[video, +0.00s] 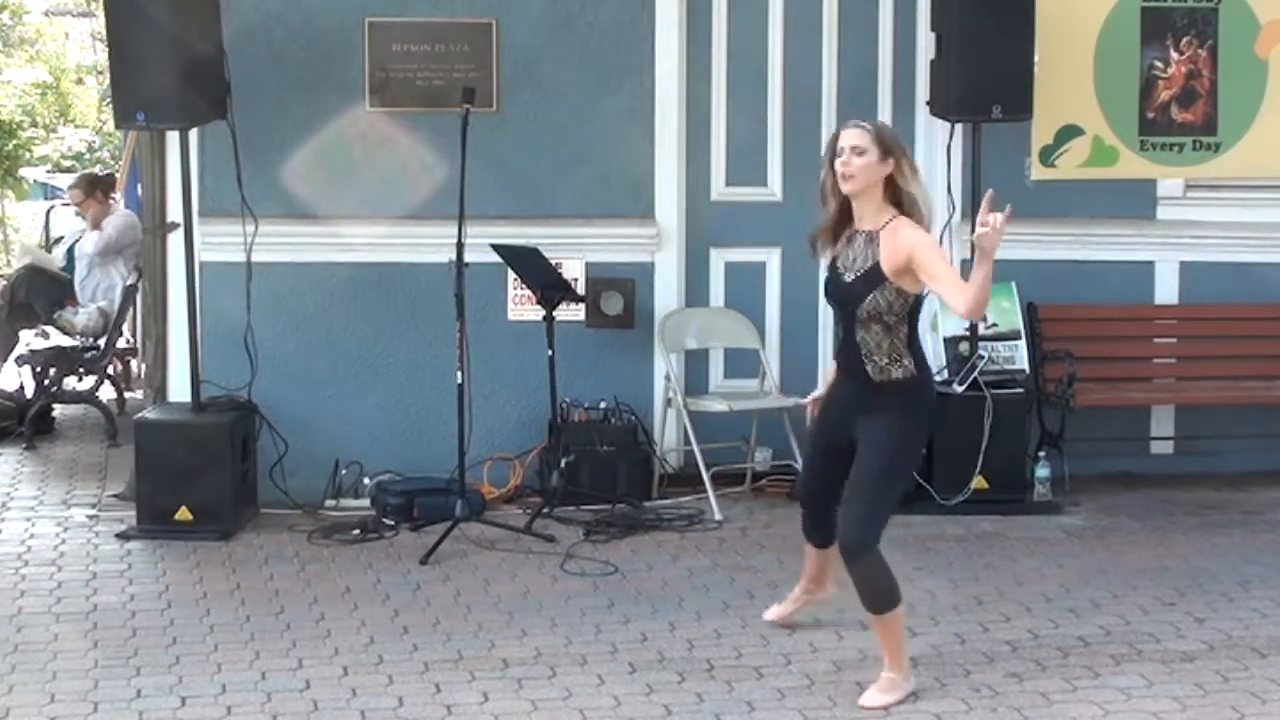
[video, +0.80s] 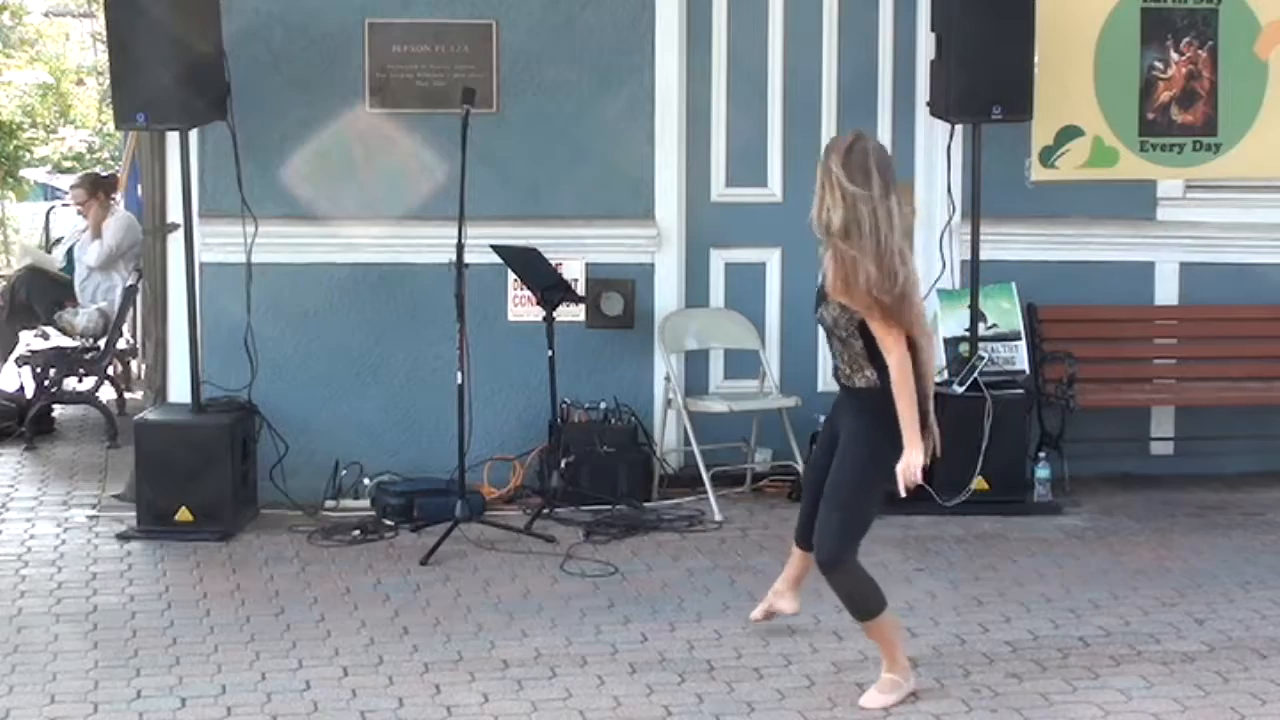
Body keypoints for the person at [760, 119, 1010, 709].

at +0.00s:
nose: (844, 162)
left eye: (859, 152)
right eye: (839, 154)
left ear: (889, 165)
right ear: (833, 170)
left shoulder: (909, 237)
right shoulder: (846, 240)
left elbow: (969, 305)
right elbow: (858, 333)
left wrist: (985, 254)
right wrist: (829, 389)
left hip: (898, 401)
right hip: (847, 395)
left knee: (856, 535)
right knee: (815, 491)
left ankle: (897, 671)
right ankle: (815, 584)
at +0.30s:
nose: (848, 183)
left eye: (850, 174)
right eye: (851, 175)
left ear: (864, 183)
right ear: (893, 181)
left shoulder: (906, 254)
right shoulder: (875, 238)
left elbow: (959, 355)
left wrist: (955, 336)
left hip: (904, 413)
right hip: (860, 395)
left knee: (851, 548)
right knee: (818, 488)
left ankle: (898, 669)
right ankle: (789, 582)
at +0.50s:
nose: (846, 196)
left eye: (851, 187)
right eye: (848, 186)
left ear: (866, 193)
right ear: (900, 186)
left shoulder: (902, 269)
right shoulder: (872, 250)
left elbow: (938, 353)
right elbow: (889, 327)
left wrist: (933, 406)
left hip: (899, 416)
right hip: (859, 398)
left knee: (848, 552)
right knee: (821, 488)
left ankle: (899, 670)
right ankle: (790, 581)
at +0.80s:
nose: (819, 189)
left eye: (824, 181)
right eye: (824, 179)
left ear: (835, 188)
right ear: (877, 184)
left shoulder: (851, 258)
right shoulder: (865, 244)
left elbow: (897, 351)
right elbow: (916, 332)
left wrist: (912, 442)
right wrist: (931, 402)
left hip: (877, 408)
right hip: (853, 398)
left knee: (834, 550)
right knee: (816, 487)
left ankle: (898, 669)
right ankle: (787, 589)